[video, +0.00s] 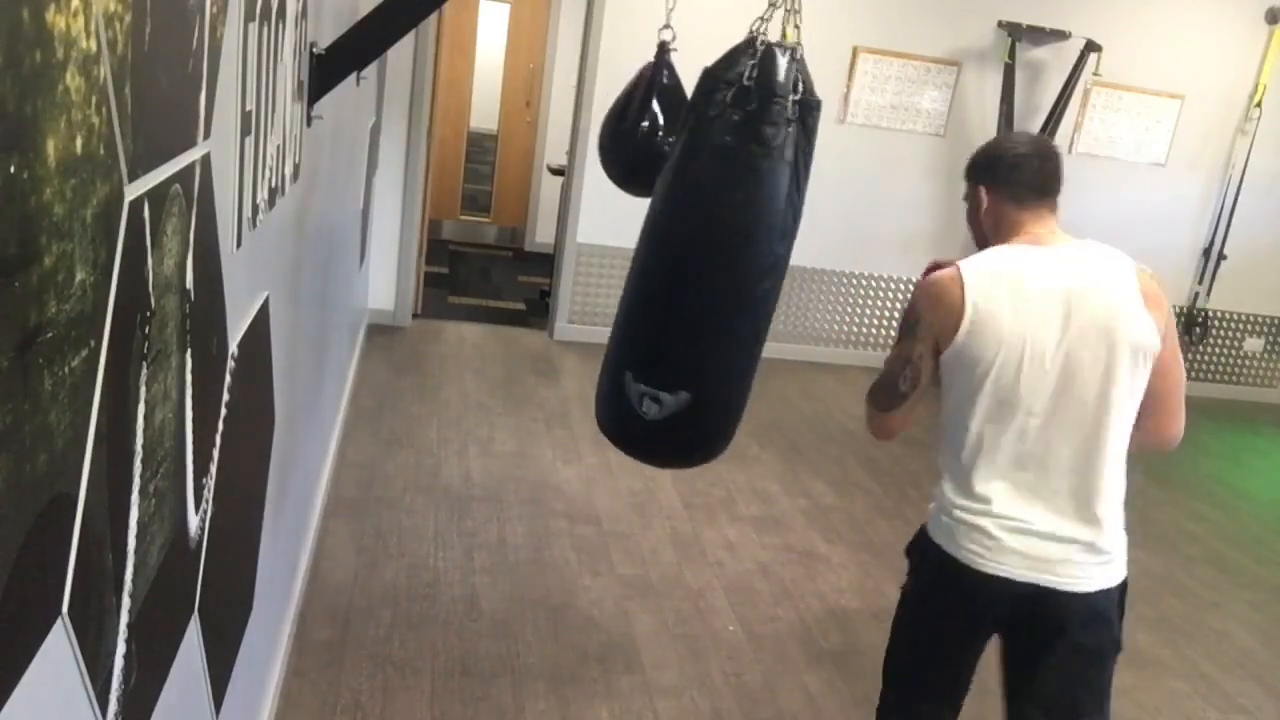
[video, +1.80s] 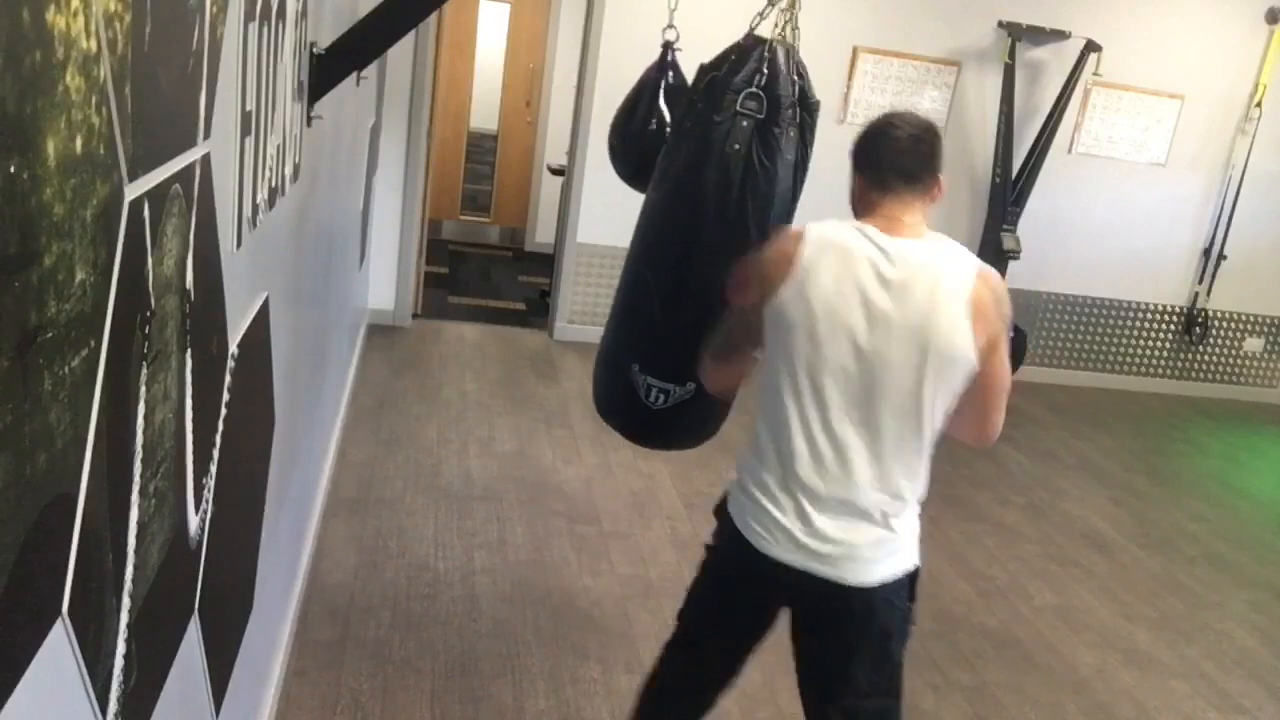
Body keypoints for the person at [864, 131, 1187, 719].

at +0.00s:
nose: (967, 219)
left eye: (967, 202)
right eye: (967, 202)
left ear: (984, 199)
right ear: (1054, 197)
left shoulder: (953, 290)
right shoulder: (1142, 291)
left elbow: (885, 420)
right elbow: (1165, 429)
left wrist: (923, 314)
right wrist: (1077, 419)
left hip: (962, 570)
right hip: (1082, 589)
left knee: (913, 711)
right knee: (1068, 713)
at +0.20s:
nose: (1019, 217)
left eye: (1022, 204)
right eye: (1024, 204)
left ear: (1032, 208)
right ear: (1112, 219)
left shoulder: (969, 303)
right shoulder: (1178, 335)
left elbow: (886, 450)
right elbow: (1183, 492)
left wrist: (949, 403)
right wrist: (1098, 465)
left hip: (938, 604)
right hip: (1063, 635)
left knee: (898, 711)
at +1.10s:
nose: (978, 237)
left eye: (979, 221)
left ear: (994, 227)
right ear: (1085, 234)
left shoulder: (936, 317)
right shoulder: (1156, 357)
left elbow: (832, 471)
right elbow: (1138, 510)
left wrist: (867, 373)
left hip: (883, 661)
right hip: (1025, 688)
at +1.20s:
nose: (928, 238)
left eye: (930, 224)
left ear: (944, 230)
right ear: (1031, 229)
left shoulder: (893, 318)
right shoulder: (1105, 353)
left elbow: (816, 476)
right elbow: (1084, 506)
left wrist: (834, 370)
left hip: (851, 655)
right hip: (989, 683)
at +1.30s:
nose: (886, 229)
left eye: (887, 215)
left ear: (896, 219)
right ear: (985, 220)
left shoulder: (850, 302)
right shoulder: (1055, 330)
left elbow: (784, 449)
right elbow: (1045, 483)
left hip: (822, 612)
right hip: (949, 640)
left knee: (765, 712)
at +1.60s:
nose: (874, 187)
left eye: (875, 175)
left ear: (878, 180)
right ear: (964, 187)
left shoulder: (821, 250)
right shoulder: (1015, 288)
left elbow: (752, 380)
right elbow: (991, 416)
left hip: (793, 552)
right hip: (908, 579)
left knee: (736, 702)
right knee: (884, 711)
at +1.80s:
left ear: (855, 182)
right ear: (938, 188)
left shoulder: (792, 251)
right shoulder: (979, 289)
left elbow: (718, 374)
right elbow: (981, 428)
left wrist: (794, 347)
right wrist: (911, 385)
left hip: (757, 538)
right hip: (867, 573)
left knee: (682, 683)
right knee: (857, 712)